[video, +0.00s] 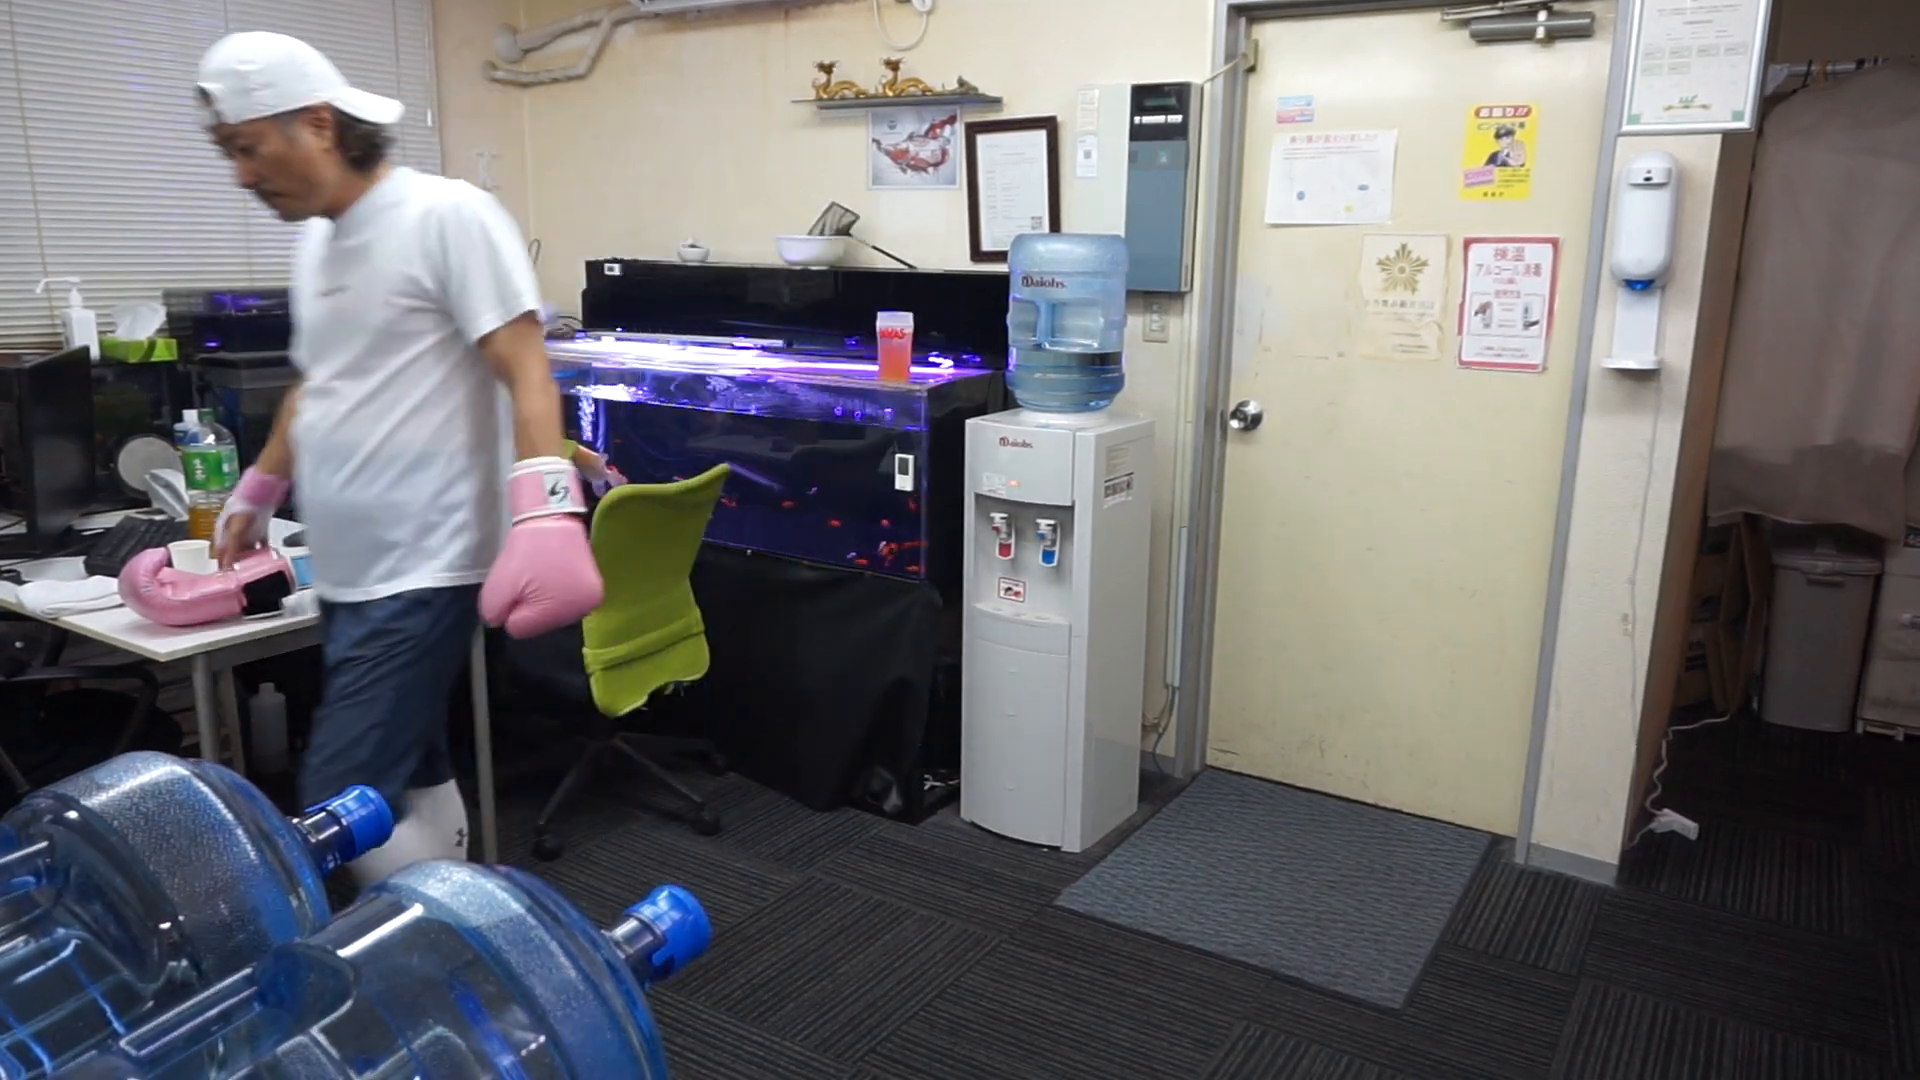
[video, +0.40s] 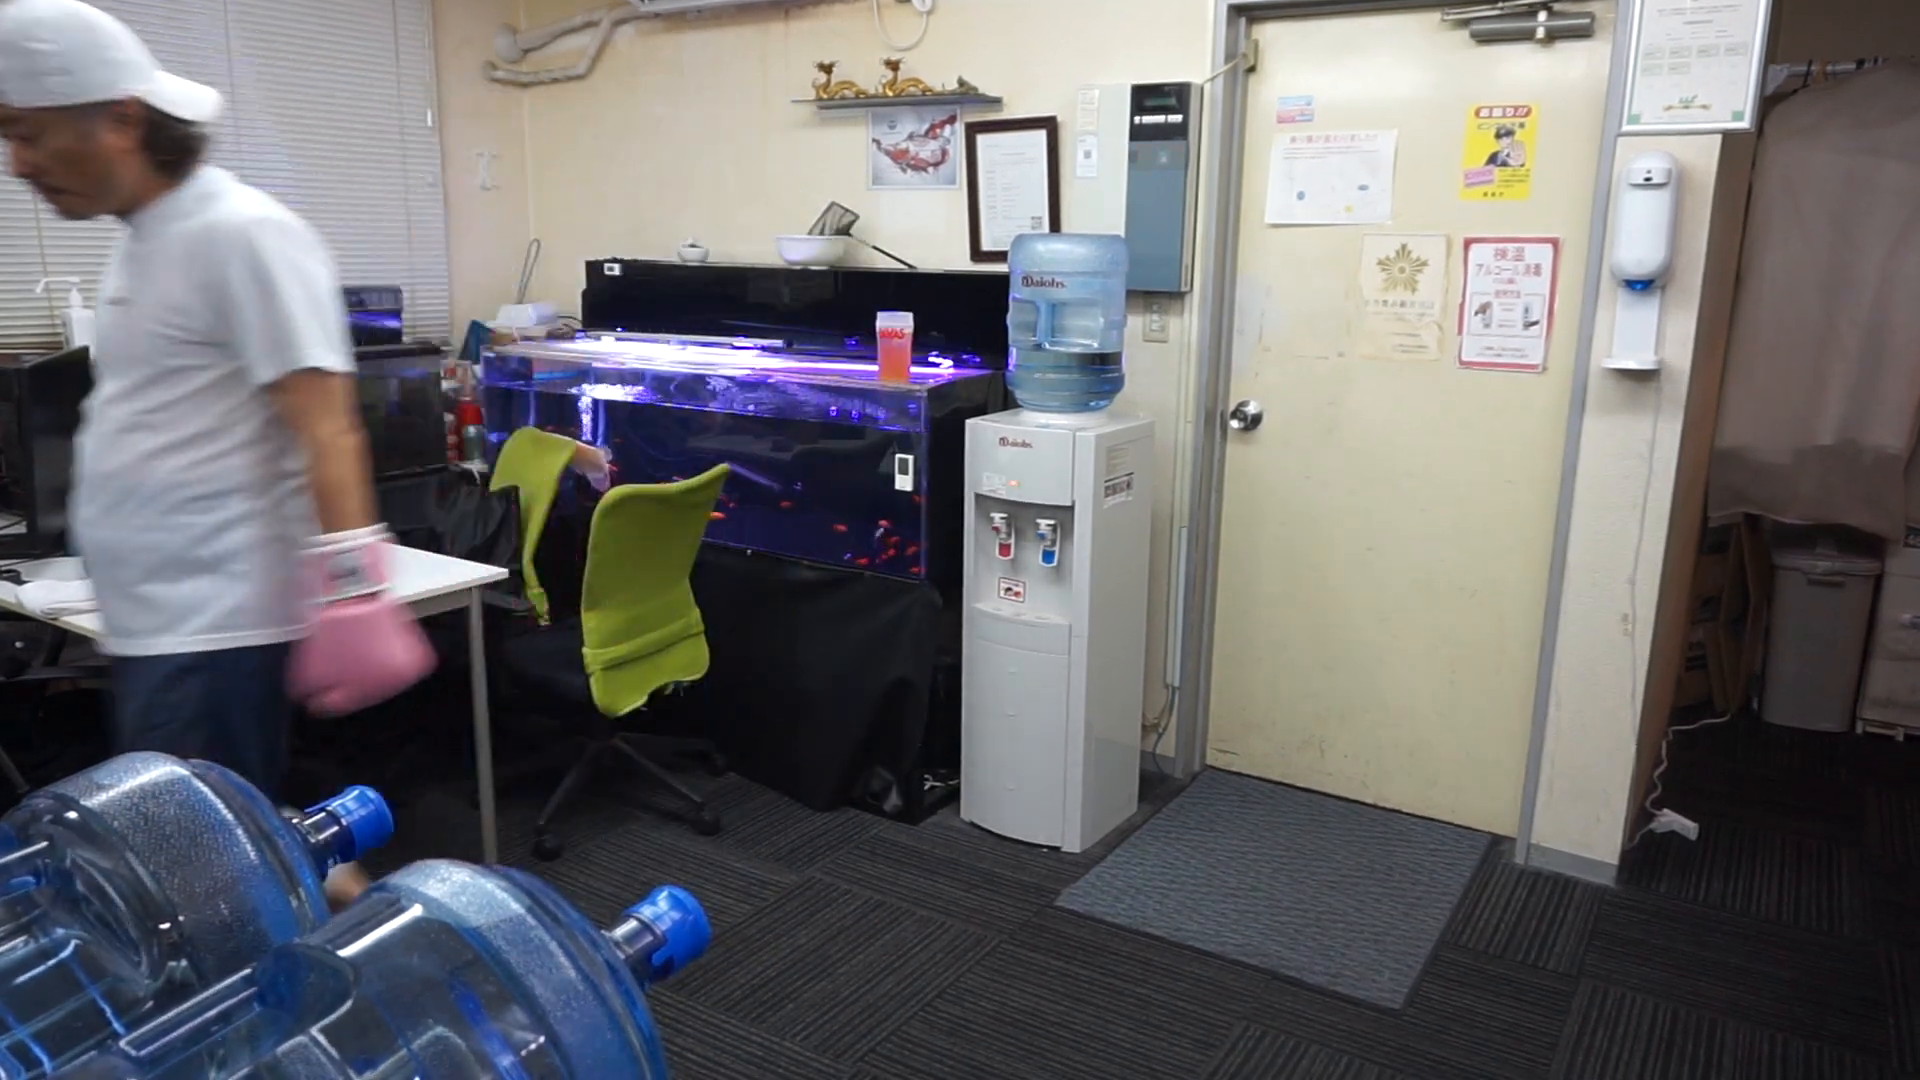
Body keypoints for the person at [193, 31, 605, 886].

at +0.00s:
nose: (241, 176)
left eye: (248, 150)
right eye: (231, 157)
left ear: (318, 125)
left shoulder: (450, 217)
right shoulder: (315, 244)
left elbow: (529, 373)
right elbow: (315, 387)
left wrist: (542, 512)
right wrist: (256, 497)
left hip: (426, 574)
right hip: (347, 577)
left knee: (339, 809)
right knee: (419, 793)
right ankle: (459, 973)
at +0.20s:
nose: (146, 175)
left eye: (162, 146)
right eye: (136, 152)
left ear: (241, 131)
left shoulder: (366, 233)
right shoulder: (222, 247)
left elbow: (447, 391)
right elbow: (255, 419)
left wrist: (484, 549)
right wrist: (216, 552)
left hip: (354, 607)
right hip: (272, 604)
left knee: (286, 836)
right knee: (372, 793)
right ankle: (448, 938)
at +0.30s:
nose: (85, 172)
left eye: (102, 143)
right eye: (76, 149)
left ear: (186, 128)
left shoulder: (310, 241)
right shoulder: (185, 246)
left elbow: (390, 413)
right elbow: (227, 425)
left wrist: (433, 566)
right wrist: (173, 551)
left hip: (292, 631)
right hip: (218, 629)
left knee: (234, 873)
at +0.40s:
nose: (16, 166)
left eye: (32, 136)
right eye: (11, 140)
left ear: (121, 121)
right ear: (119, 130)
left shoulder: (247, 235)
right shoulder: (145, 238)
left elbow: (328, 425)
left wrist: (357, 589)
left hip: (225, 637)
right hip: (154, 633)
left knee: (207, 884)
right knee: (168, 872)